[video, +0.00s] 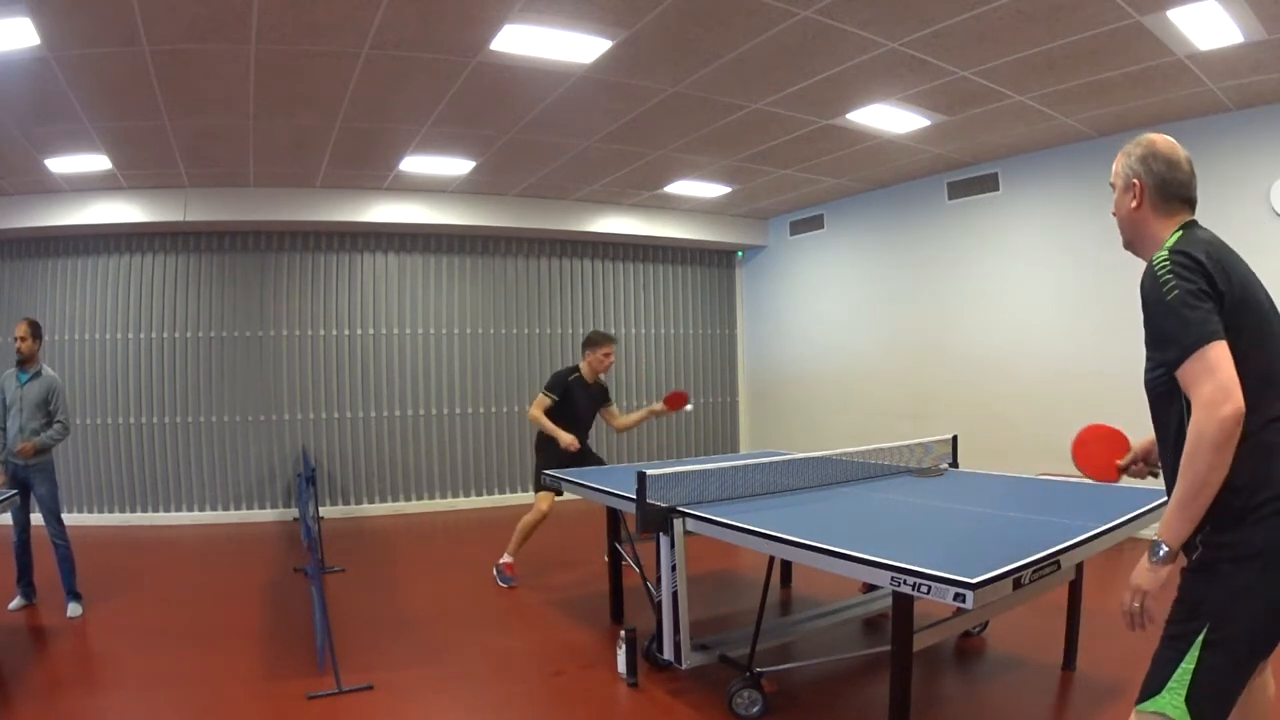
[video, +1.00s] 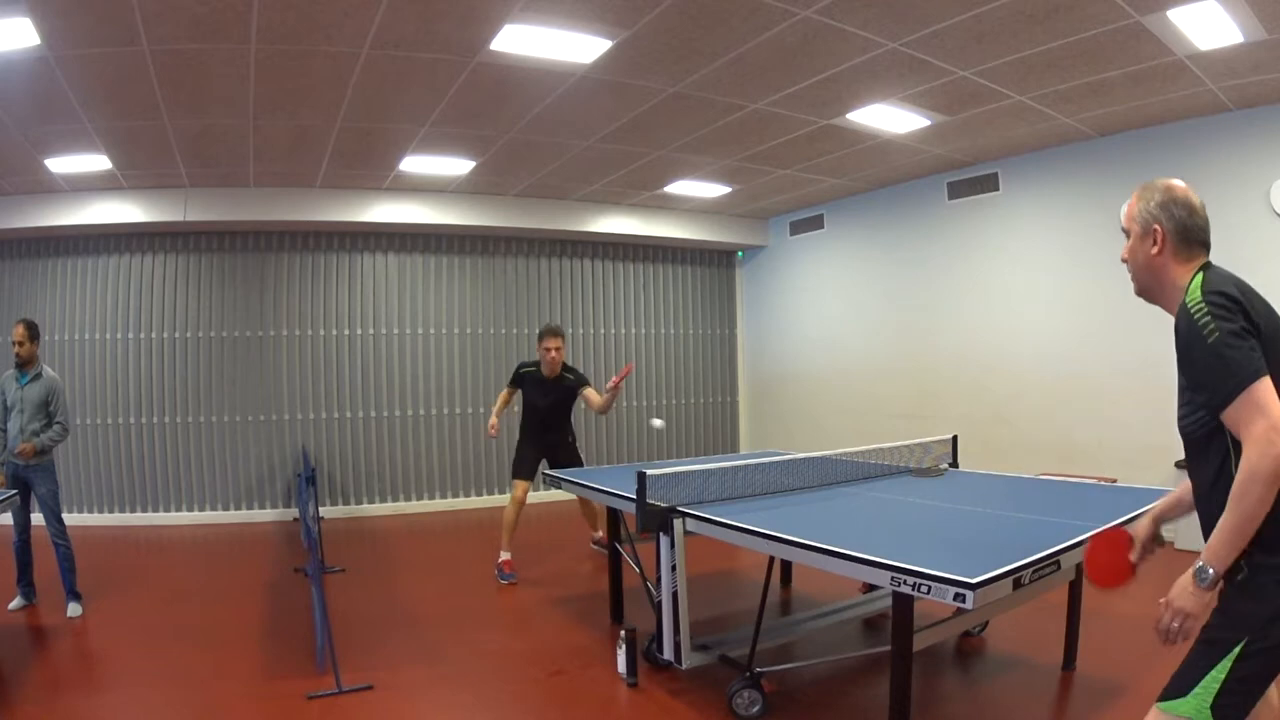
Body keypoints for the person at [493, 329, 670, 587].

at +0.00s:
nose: (611, 361)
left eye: (612, 355)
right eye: (606, 356)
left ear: (611, 356)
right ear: (588, 355)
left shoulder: (599, 389)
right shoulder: (563, 379)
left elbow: (618, 423)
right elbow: (534, 413)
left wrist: (650, 411)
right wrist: (561, 435)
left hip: (579, 450)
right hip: (551, 450)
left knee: (618, 488)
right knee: (543, 508)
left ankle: (615, 549)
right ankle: (506, 560)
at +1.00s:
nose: (553, 355)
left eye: (558, 350)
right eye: (548, 350)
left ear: (564, 351)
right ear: (539, 351)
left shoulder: (573, 378)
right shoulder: (524, 372)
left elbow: (600, 407)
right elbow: (507, 394)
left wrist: (610, 393)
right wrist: (494, 415)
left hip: (562, 443)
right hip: (530, 443)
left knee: (584, 493)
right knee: (518, 497)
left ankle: (598, 536)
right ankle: (504, 557)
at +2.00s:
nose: (580, 332)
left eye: (583, 327)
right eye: (574, 328)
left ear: (588, 330)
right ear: (563, 332)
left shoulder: (593, 362)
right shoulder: (550, 362)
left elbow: (598, 395)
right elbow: (533, 398)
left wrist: (610, 399)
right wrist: (559, 413)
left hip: (583, 436)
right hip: (557, 437)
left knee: (598, 488)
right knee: (554, 493)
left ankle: (604, 534)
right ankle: (541, 551)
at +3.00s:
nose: (605, 333)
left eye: (606, 328)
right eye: (601, 327)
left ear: (600, 327)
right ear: (584, 324)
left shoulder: (599, 356)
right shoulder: (561, 350)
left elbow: (599, 392)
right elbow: (543, 385)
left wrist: (615, 387)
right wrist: (569, 391)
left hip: (592, 426)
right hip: (567, 427)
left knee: (601, 480)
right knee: (571, 483)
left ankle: (592, 534)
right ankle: (559, 537)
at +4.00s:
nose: (585, 323)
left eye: (587, 318)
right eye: (579, 318)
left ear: (590, 321)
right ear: (565, 322)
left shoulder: (590, 352)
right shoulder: (550, 351)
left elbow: (591, 380)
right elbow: (531, 384)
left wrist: (599, 387)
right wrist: (543, 410)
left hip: (585, 425)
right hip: (561, 425)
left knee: (584, 481)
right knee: (558, 483)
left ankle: (572, 529)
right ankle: (553, 535)